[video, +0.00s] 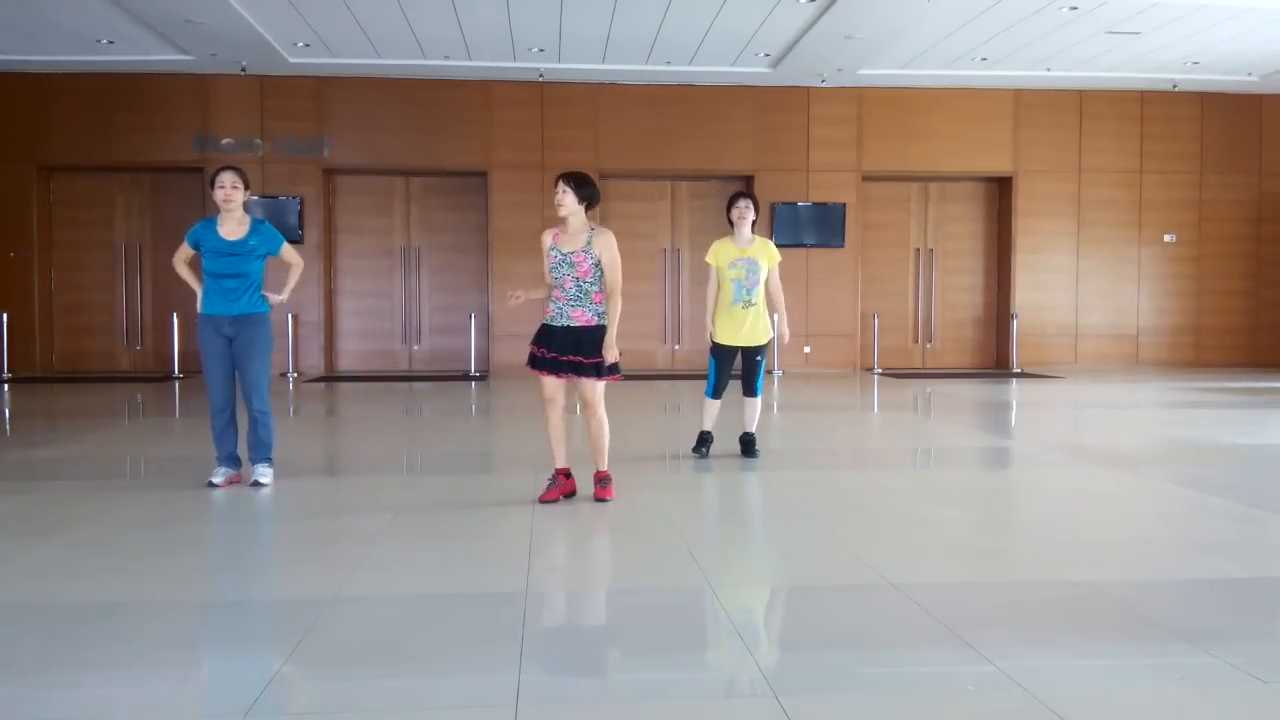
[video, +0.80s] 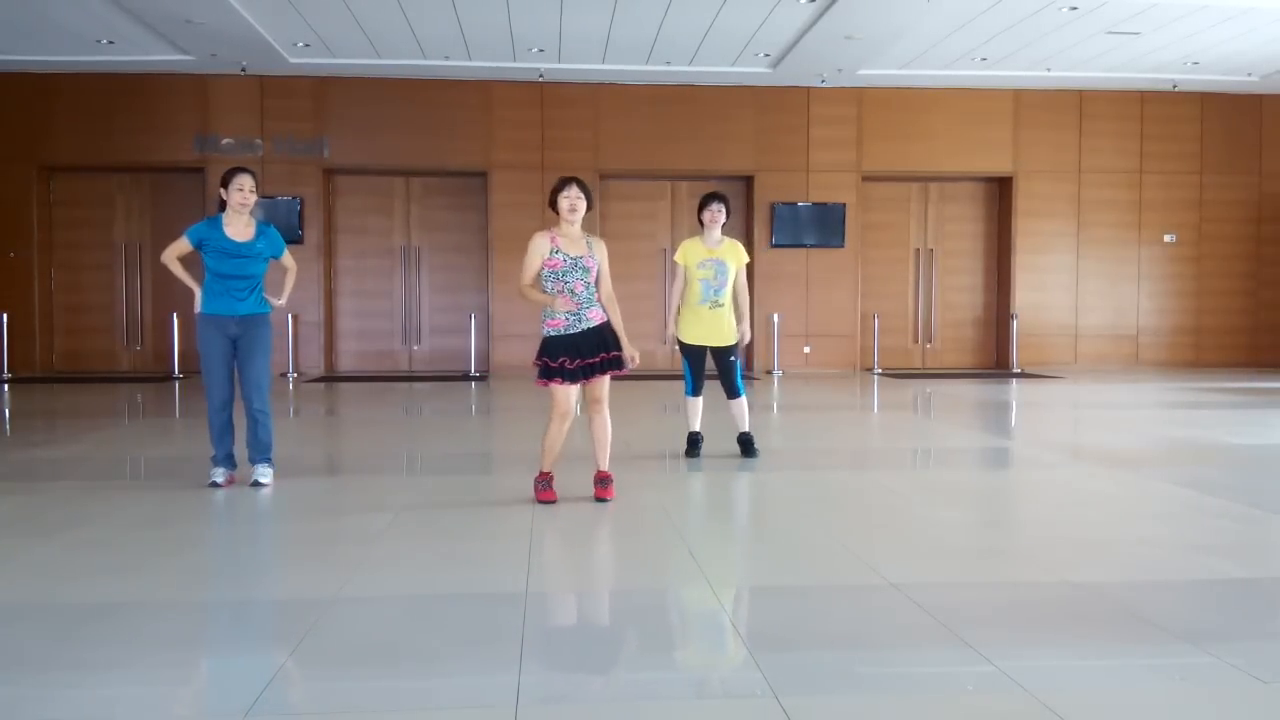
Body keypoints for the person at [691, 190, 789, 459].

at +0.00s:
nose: (742, 211)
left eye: (747, 207)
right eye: (737, 207)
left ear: (755, 214)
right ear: (729, 214)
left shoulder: (767, 248)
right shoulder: (719, 247)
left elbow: (775, 288)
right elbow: (712, 288)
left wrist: (782, 319)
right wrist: (708, 322)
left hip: (757, 327)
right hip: (725, 327)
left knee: (752, 387)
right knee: (715, 385)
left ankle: (749, 437)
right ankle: (705, 436)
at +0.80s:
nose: (715, 214)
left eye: (720, 211)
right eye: (710, 210)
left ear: (726, 217)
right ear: (701, 215)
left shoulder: (735, 249)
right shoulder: (687, 247)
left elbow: (742, 289)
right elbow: (678, 285)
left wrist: (745, 323)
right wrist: (671, 322)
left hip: (723, 327)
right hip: (690, 326)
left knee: (733, 385)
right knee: (693, 385)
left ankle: (745, 436)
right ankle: (694, 436)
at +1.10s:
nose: (712, 214)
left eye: (717, 210)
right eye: (707, 209)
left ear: (722, 215)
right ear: (697, 214)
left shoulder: (730, 248)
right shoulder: (683, 246)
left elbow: (736, 288)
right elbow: (674, 286)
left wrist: (739, 323)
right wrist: (669, 321)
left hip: (720, 327)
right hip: (687, 326)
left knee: (731, 384)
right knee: (692, 385)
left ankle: (743, 434)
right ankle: (694, 436)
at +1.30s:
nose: (715, 213)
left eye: (719, 209)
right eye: (709, 208)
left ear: (725, 215)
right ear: (700, 213)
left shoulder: (732, 248)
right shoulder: (685, 246)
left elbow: (739, 288)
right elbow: (676, 284)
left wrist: (742, 323)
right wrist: (673, 320)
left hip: (723, 327)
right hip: (691, 326)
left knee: (734, 384)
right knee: (693, 385)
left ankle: (744, 434)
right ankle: (694, 436)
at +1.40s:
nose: (718, 212)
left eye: (722, 208)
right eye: (712, 207)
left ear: (727, 214)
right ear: (702, 213)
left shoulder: (735, 247)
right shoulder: (688, 246)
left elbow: (741, 287)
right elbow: (679, 284)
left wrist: (744, 323)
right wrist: (676, 320)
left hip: (726, 327)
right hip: (694, 326)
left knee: (735, 385)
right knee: (695, 385)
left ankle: (745, 435)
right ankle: (694, 436)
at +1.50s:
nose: (721, 212)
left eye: (726, 208)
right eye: (716, 207)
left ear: (731, 214)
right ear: (706, 213)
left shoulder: (739, 247)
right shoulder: (693, 246)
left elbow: (746, 286)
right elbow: (684, 285)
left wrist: (748, 322)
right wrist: (679, 321)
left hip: (731, 327)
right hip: (698, 327)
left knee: (738, 385)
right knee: (698, 386)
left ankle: (747, 436)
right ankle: (695, 436)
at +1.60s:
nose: (726, 211)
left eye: (730, 207)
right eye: (720, 206)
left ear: (736, 213)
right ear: (710, 212)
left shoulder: (743, 246)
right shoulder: (697, 246)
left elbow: (753, 285)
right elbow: (689, 285)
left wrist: (755, 319)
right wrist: (684, 322)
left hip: (738, 327)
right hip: (704, 327)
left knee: (741, 386)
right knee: (702, 386)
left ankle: (747, 436)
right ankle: (695, 436)